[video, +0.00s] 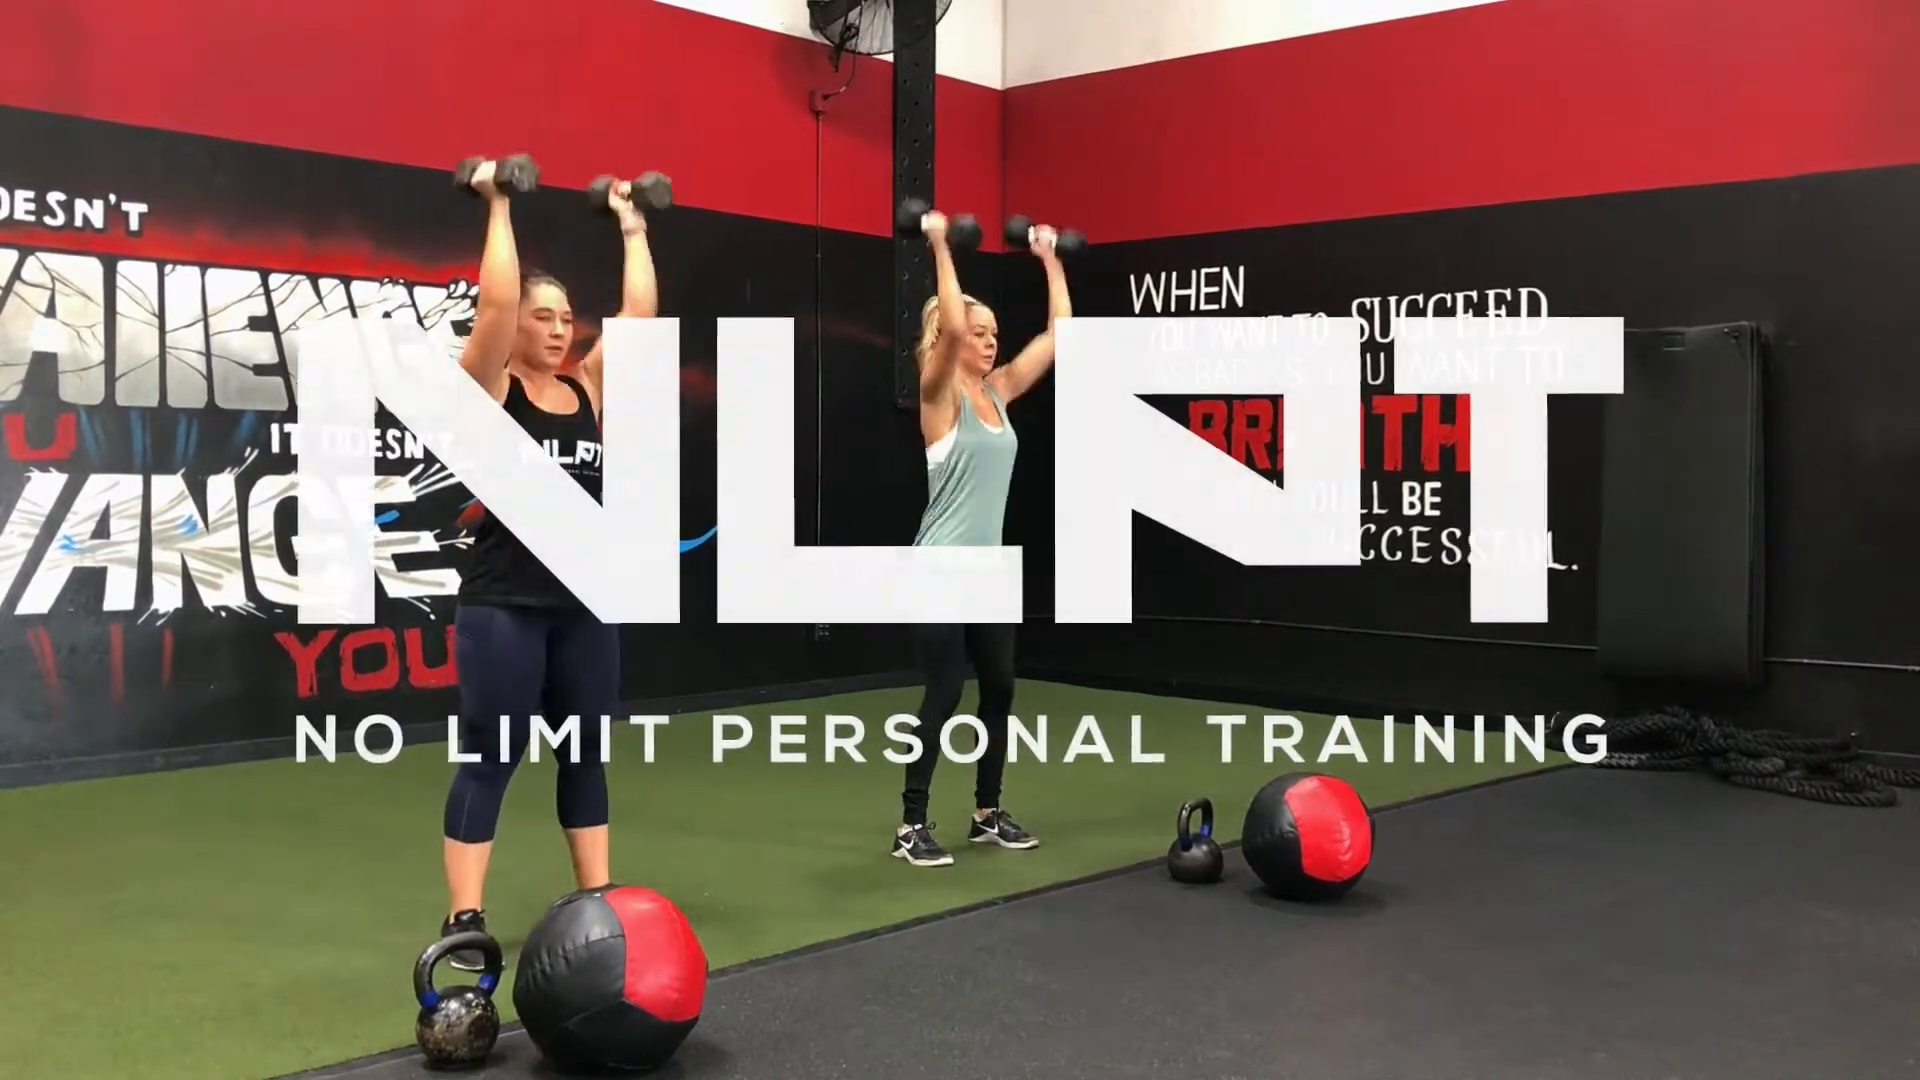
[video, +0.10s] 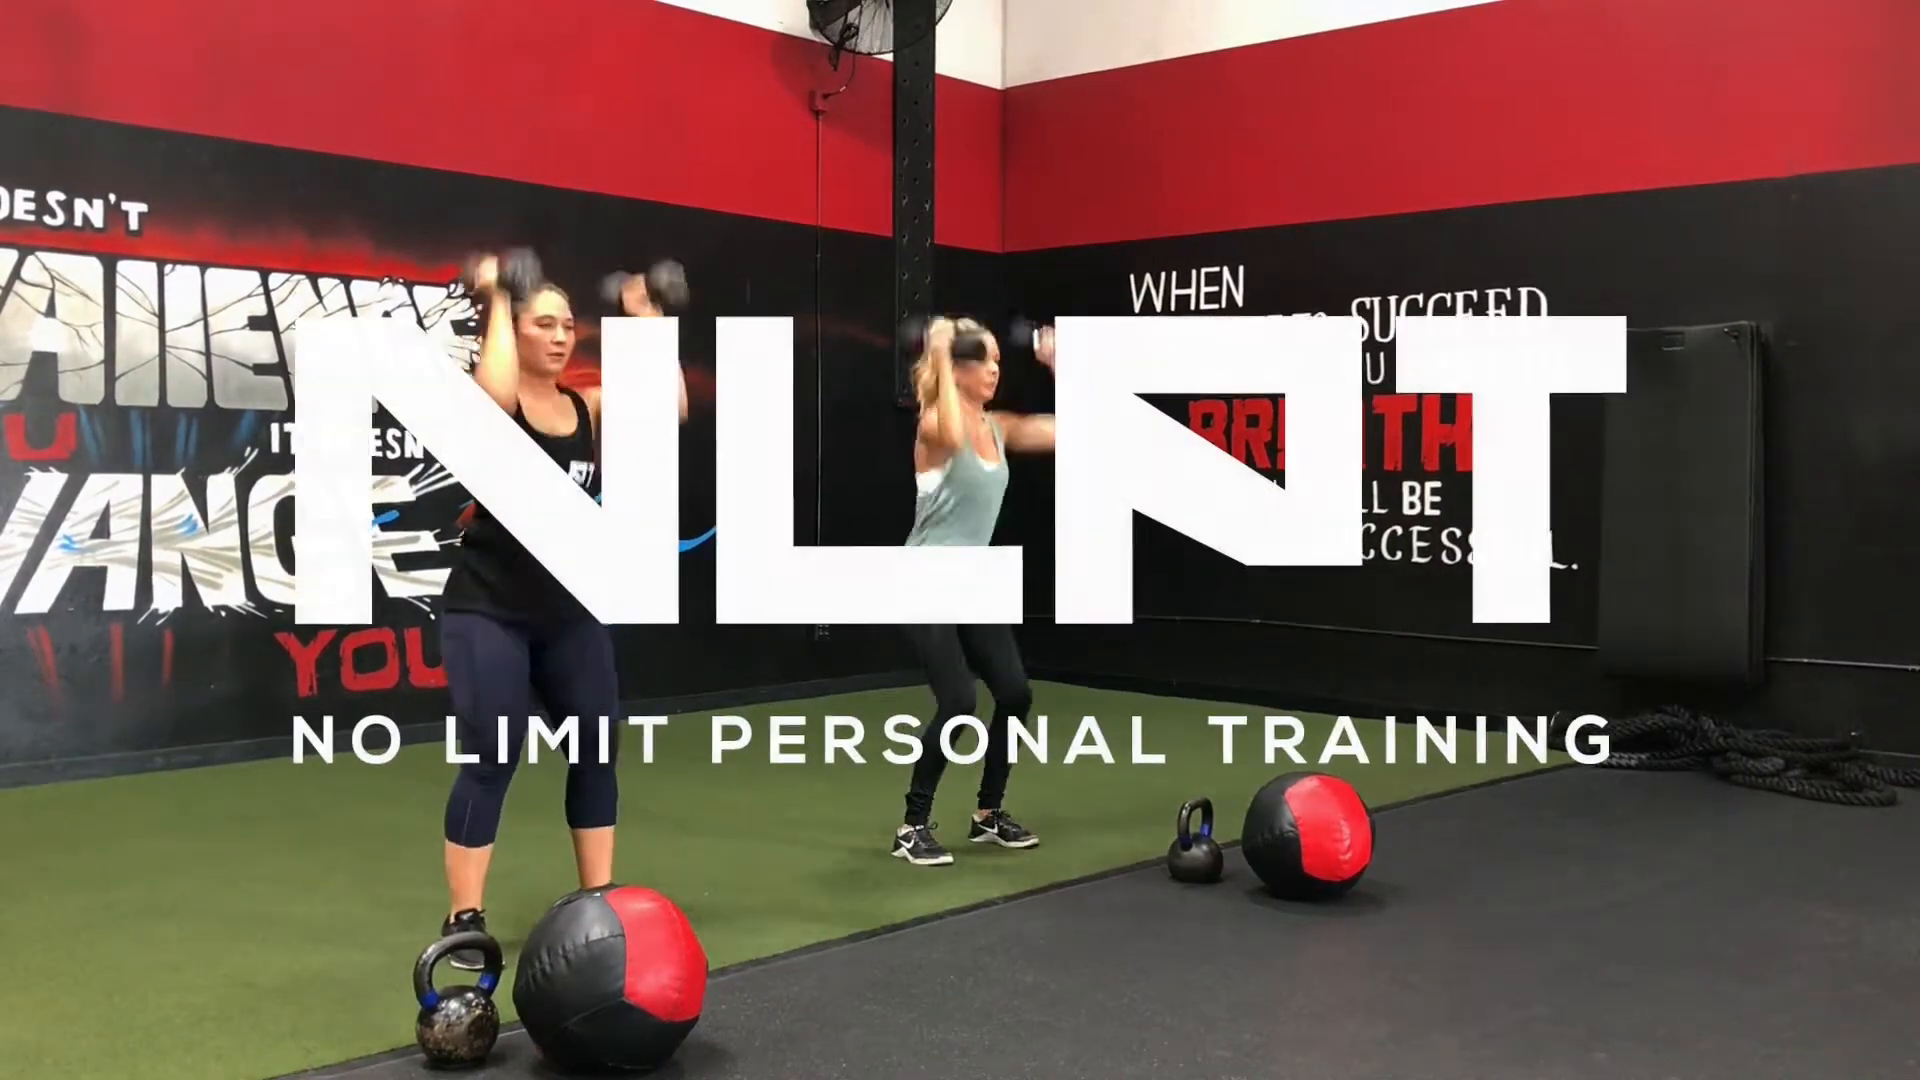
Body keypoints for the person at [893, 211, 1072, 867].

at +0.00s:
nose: (992, 344)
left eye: (993, 335)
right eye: (980, 334)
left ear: (994, 341)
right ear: (950, 339)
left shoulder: (997, 390)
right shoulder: (940, 395)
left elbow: (1059, 332)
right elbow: (949, 329)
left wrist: (1050, 260)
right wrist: (941, 246)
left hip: (992, 570)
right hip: (938, 569)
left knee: (998, 691)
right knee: (944, 689)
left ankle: (988, 814)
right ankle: (914, 825)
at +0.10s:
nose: (996, 372)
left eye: (997, 363)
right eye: (987, 363)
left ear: (991, 370)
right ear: (957, 368)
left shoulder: (998, 425)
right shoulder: (935, 423)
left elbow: (1072, 431)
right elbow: (952, 438)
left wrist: (1060, 368)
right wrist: (940, 366)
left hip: (976, 589)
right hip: (924, 590)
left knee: (1015, 695)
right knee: (957, 702)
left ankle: (989, 814)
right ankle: (915, 825)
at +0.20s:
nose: (1005, 436)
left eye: (1005, 426)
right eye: (994, 426)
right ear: (960, 434)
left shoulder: (1000, 495)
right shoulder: (936, 491)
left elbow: (1060, 548)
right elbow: (951, 562)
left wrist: (1055, 483)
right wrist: (945, 484)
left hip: (956, 635)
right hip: (904, 638)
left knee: (1032, 707)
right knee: (966, 722)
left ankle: (989, 815)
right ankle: (915, 829)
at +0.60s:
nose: (1008, 415)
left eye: (1010, 404)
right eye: (997, 405)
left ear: (1012, 412)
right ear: (966, 413)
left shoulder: (1012, 476)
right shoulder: (945, 473)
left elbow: (1063, 525)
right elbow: (945, 533)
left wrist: (1058, 465)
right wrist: (948, 453)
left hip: (969, 621)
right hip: (915, 621)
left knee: (1031, 705)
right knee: (957, 716)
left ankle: (990, 815)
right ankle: (914, 828)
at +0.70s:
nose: (1001, 362)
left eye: (1001, 353)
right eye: (991, 353)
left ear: (997, 361)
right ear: (962, 359)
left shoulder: (1006, 417)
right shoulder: (940, 415)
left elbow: (1072, 430)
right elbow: (946, 430)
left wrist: (1063, 372)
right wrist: (945, 355)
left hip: (981, 582)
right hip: (929, 583)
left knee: (1013, 688)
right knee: (951, 695)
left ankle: (989, 813)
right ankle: (914, 825)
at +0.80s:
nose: (990, 341)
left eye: (992, 332)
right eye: (978, 331)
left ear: (993, 341)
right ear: (946, 337)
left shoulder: (998, 391)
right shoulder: (940, 398)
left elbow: (1060, 330)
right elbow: (951, 321)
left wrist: (1059, 252)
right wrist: (952, 238)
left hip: (994, 570)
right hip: (943, 570)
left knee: (989, 692)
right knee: (936, 692)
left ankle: (988, 813)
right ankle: (913, 823)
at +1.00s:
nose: (990, 344)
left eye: (992, 336)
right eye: (978, 335)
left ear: (993, 344)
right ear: (949, 344)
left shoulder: (998, 395)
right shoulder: (939, 401)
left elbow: (1069, 356)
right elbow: (956, 345)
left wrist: (1062, 285)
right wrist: (950, 267)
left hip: (990, 571)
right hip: (936, 570)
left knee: (1001, 686)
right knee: (946, 688)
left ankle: (989, 813)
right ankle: (914, 823)